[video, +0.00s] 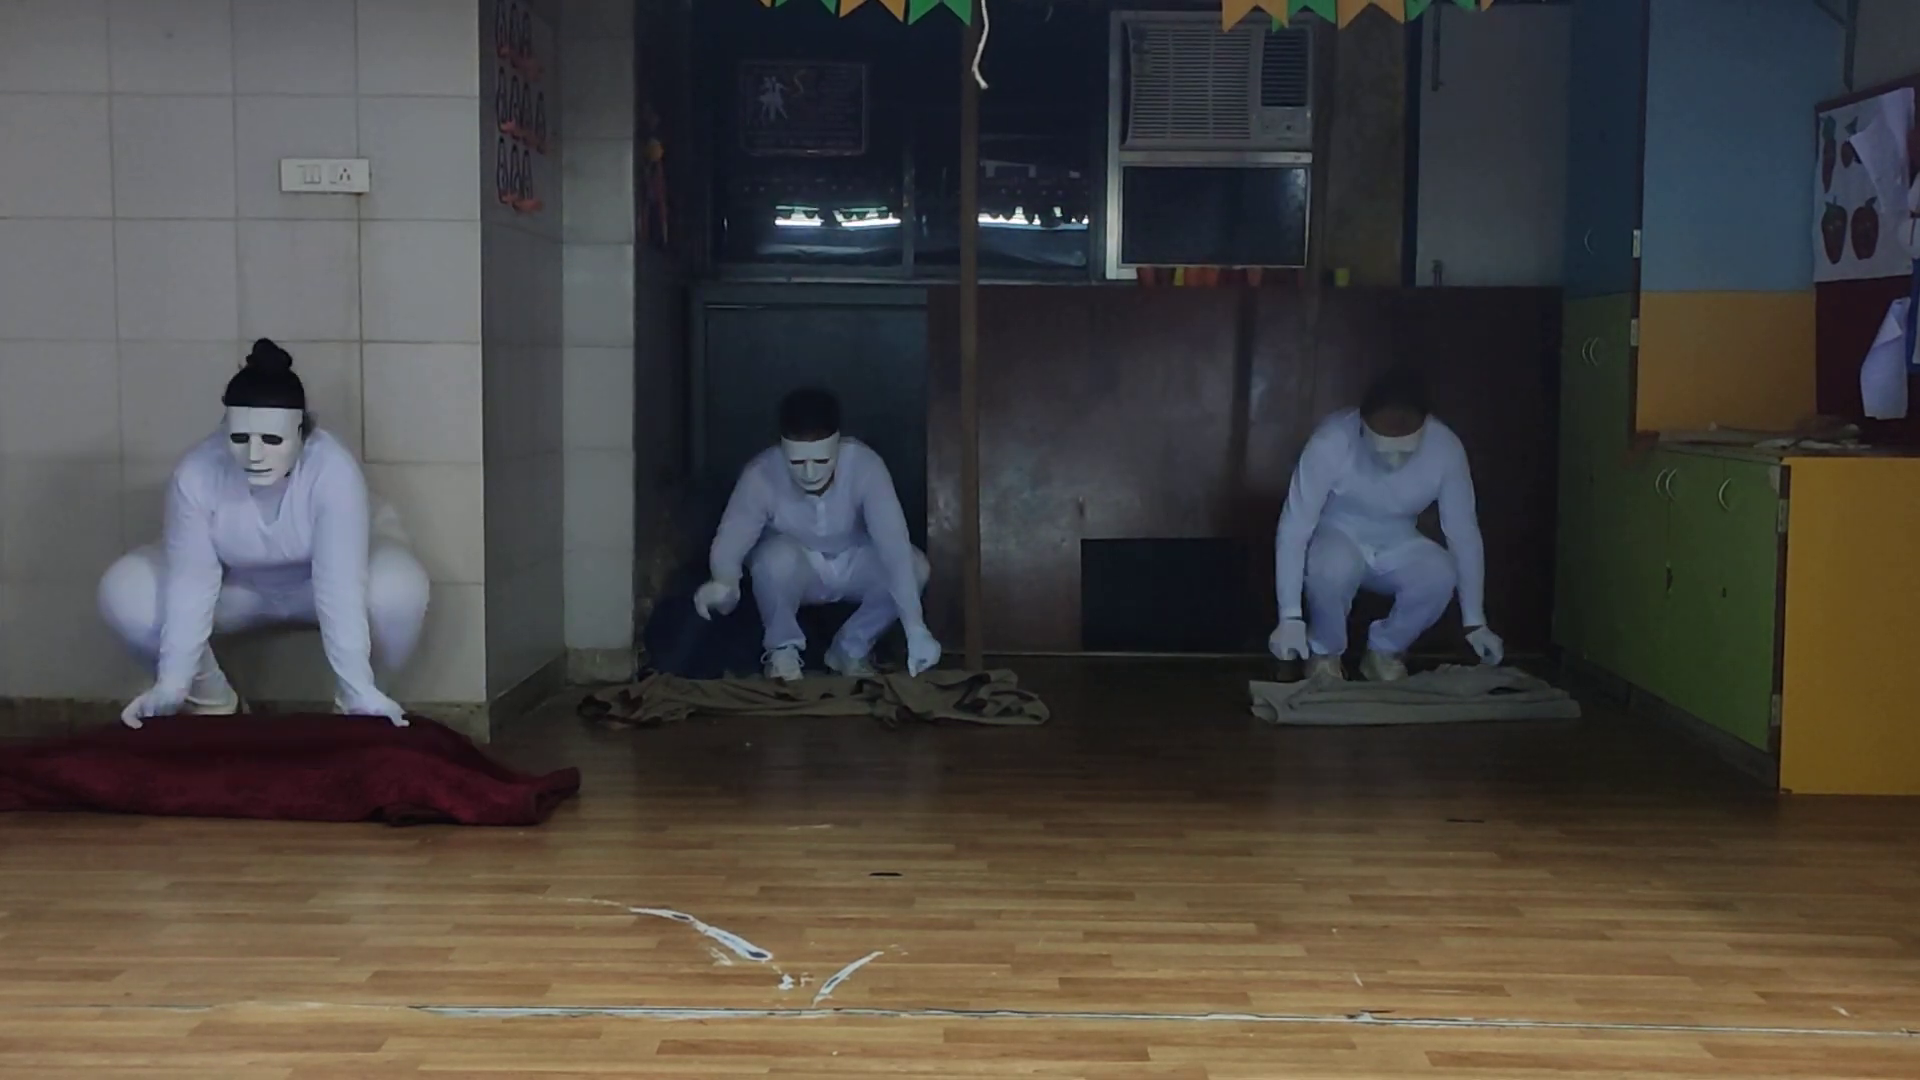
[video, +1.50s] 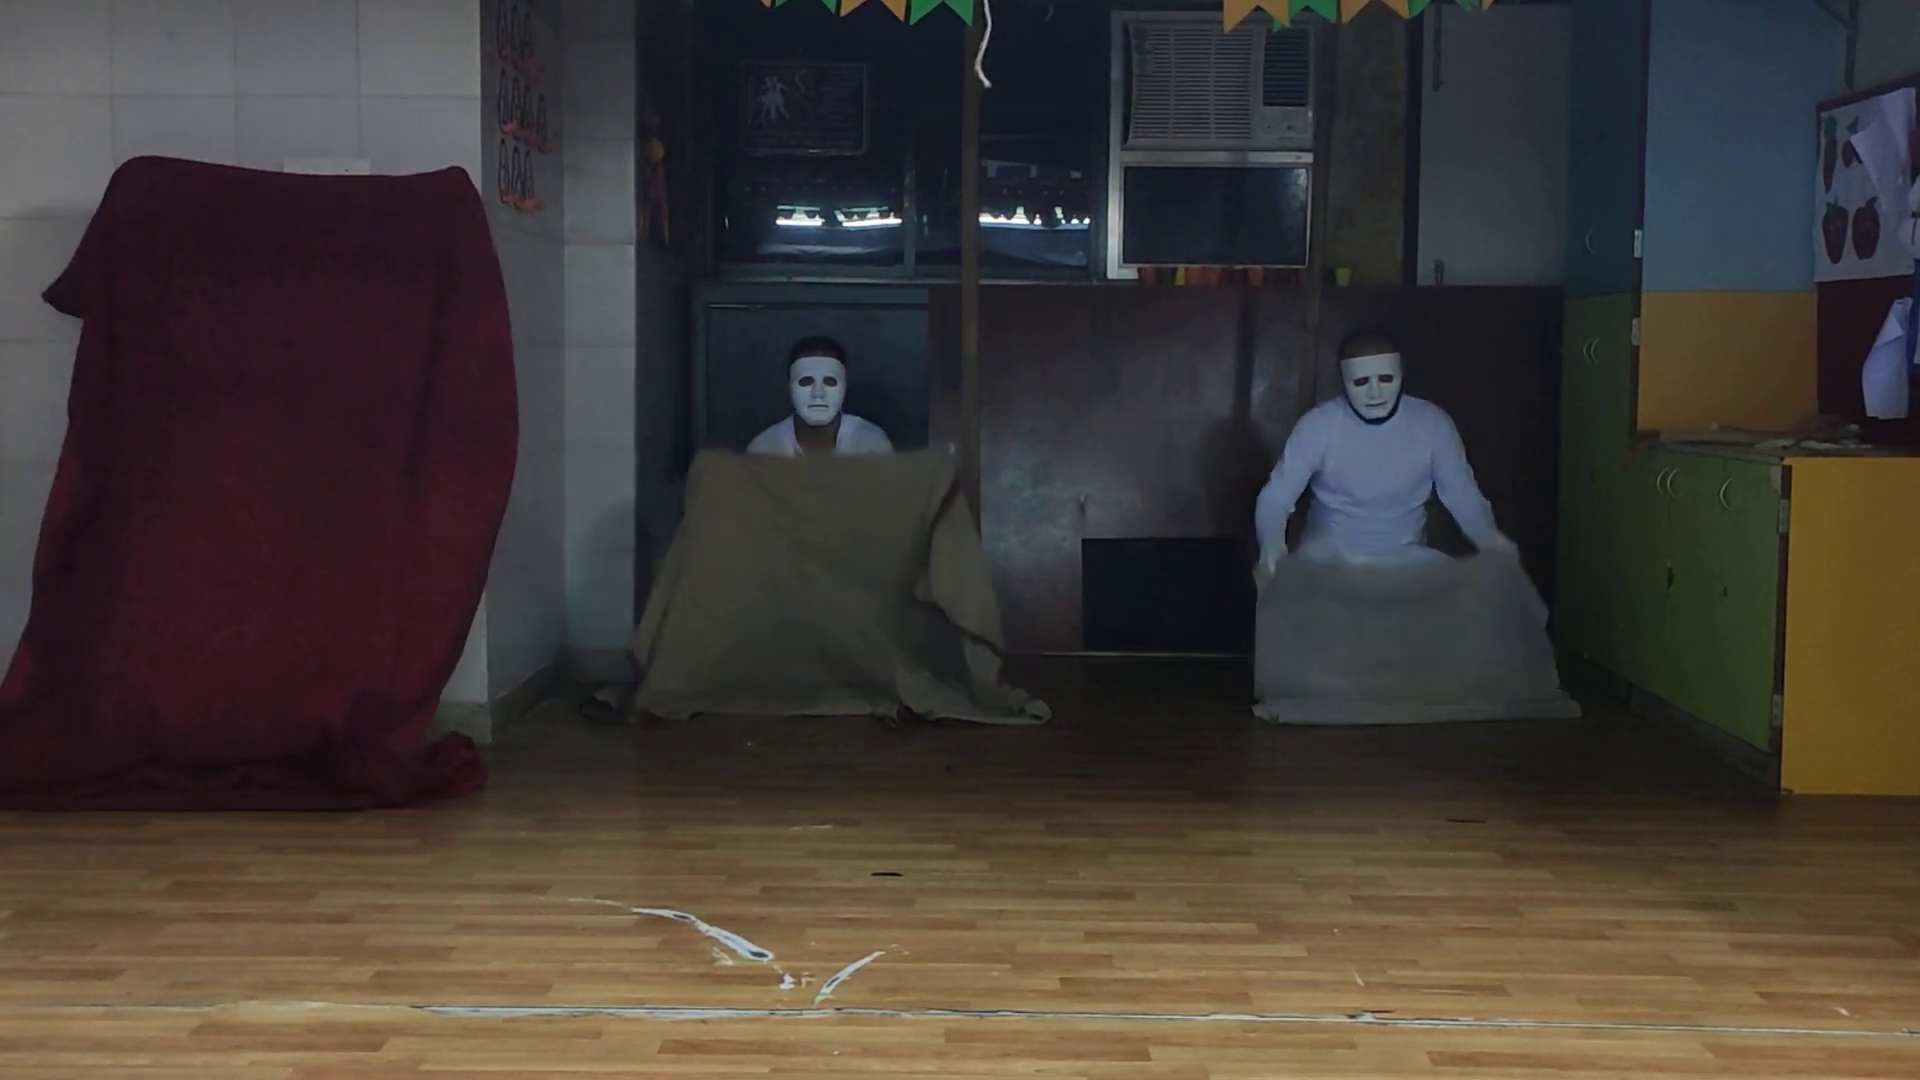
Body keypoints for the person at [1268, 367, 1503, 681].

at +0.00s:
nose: (1394, 461)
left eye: (1405, 451)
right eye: (1383, 451)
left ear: (1422, 430)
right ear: (1364, 429)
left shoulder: (1445, 451)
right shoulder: (1332, 444)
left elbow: (1463, 534)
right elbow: (1292, 529)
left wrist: (1474, 623)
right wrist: (1290, 618)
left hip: (1399, 542)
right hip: (1337, 537)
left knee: (1438, 574)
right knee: (1332, 568)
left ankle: (1384, 652)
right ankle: (1326, 655)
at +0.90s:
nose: (1376, 423)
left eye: (1387, 409)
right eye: (1363, 412)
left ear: (1403, 401)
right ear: (1346, 408)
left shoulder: (1434, 446)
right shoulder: (1320, 446)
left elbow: (1463, 528)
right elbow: (1278, 525)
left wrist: (1488, 603)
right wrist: (1269, 607)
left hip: (1403, 567)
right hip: (1336, 566)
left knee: (1450, 584)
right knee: (1307, 575)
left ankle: (1405, 655)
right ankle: (1312, 655)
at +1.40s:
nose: (1373, 402)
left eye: (1385, 389)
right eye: (1360, 391)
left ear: (1401, 384)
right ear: (1344, 389)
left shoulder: (1432, 435)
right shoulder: (1317, 435)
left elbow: (1466, 515)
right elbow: (1276, 512)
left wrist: (1489, 586)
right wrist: (1264, 587)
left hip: (1402, 570)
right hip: (1332, 568)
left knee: (1447, 585)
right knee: (1301, 569)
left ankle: (1407, 676)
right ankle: (1303, 669)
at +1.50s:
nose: (1374, 393)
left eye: (1386, 379)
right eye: (1361, 382)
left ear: (1401, 377)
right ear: (1344, 382)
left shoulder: (1432, 425)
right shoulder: (1320, 428)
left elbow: (1463, 496)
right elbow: (1275, 500)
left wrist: (1496, 548)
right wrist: (1274, 553)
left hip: (1408, 557)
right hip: (1331, 557)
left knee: (1474, 592)